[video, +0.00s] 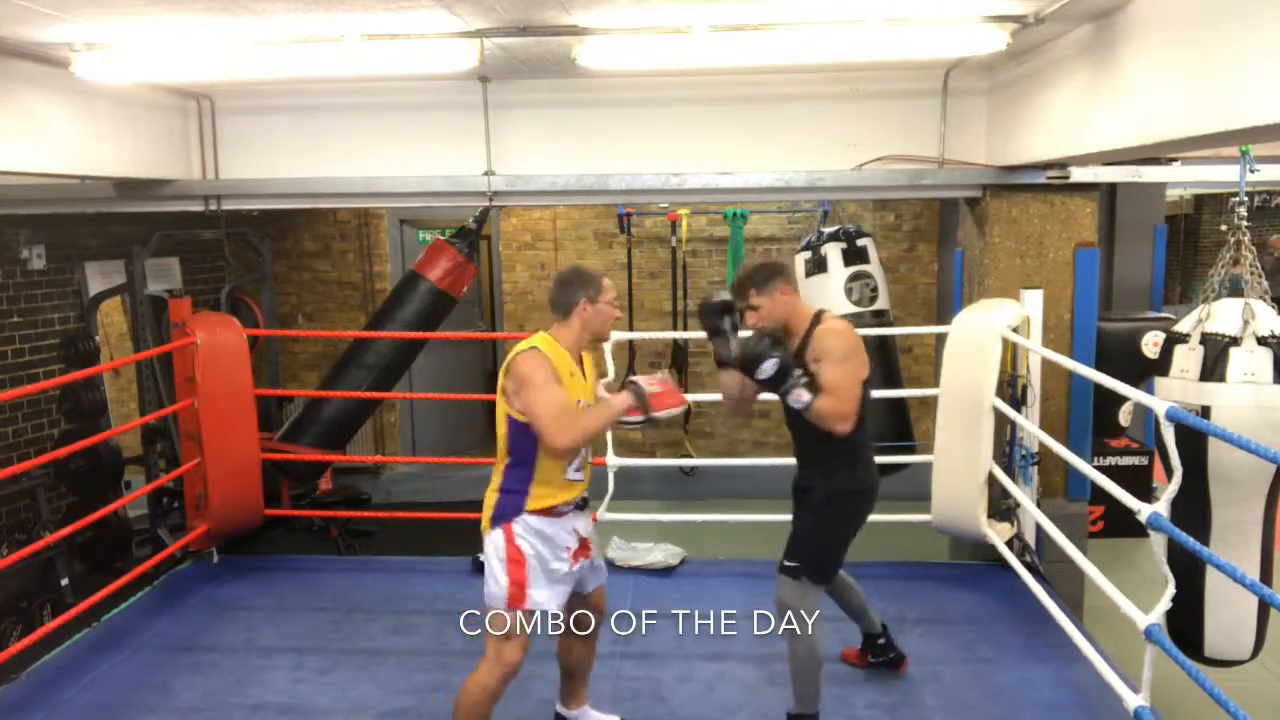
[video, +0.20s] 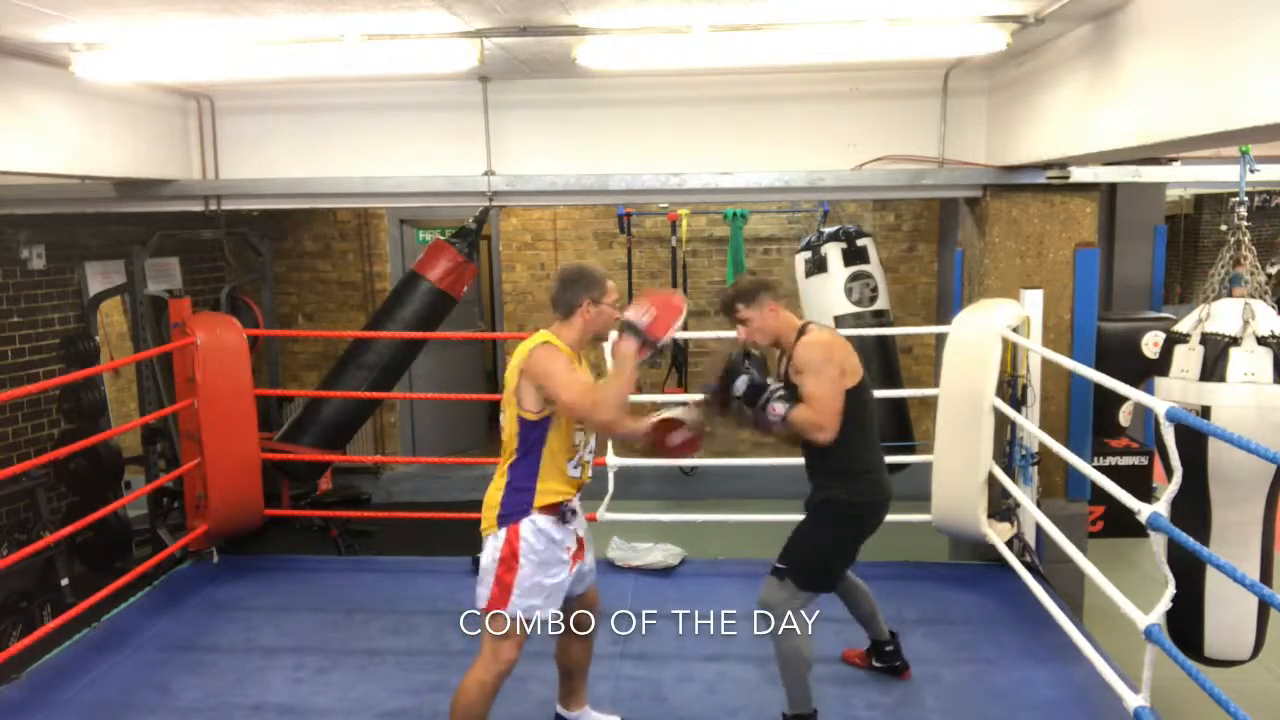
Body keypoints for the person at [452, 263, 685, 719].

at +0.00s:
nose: (617, 314)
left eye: (616, 304)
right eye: (611, 304)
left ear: (583, 307)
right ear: (583, 307)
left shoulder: (584, 358)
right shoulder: (531, 361)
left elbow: (583, 411)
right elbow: (560, 434)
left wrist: (633, 399)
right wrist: (624, 399)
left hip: (569, 514)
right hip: (521, 523)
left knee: (588, 609)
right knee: (505, 656)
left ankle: (573, 708)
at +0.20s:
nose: (619, 314)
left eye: (618, 306)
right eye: (613, 305)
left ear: (584, 308)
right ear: (587, 308)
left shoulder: (582, 356)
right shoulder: (543, 354)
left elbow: (596, 423)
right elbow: (602, 412)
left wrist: (648, 428)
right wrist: (626, 356)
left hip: (562, 515)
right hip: (522, 522)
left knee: (583, 610)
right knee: (500, 654)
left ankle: (573, 709)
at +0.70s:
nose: (603, 308)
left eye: (602, 299)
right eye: (597, 300)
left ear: (561, 307)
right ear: (571, 308)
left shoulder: (537, 350)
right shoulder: (545, 366)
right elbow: (618, 429)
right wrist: (649, 358)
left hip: (554, 514)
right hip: (522, 523)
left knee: (575, 608)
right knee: (493, 652)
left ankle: (571, 707)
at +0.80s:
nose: (604, 306)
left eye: (602, 297)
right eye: (598, 298)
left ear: (566, 306)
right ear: (572, 306)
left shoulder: (565, 345)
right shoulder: (535, 368)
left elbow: (635, 342)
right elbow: (586, 449)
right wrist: (637, 396)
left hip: (562, 511)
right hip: (525, 520)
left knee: (576, 606)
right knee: (502, 649)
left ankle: (571, 706)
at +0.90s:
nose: (596, 306)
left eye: (593, 298)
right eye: (589, 299)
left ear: (562, 308)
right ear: (563, 310)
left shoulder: (569, 340)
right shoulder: (520, 372)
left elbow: (632, 306)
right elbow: (550, 455)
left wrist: (695, 278)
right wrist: (608, 416)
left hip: (561, 507)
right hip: (521, 520)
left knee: (578, 603)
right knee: (510, 651)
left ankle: (573, 706)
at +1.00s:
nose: (588, 313)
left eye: (586, 305)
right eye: (583, 306)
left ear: (555, 314)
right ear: (557, 315)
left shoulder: (566, 347)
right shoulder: (507, 375)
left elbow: (620, 322)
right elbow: (547, 451)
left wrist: (669, 313)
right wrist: (597, 387)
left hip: (555, 514)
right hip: (513, 527)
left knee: (580, 606)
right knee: (504, 657)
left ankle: (575, 706)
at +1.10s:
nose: (581, 320)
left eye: (580, 312)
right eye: (576, 311)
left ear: (544, 313)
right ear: (552, 315)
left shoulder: (549, 356)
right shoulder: (503, 375)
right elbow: (558, 448)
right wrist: (588, 375)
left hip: (543, 519)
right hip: (503, 528)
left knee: (569, 609)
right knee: (494, 662)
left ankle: (574, 706)